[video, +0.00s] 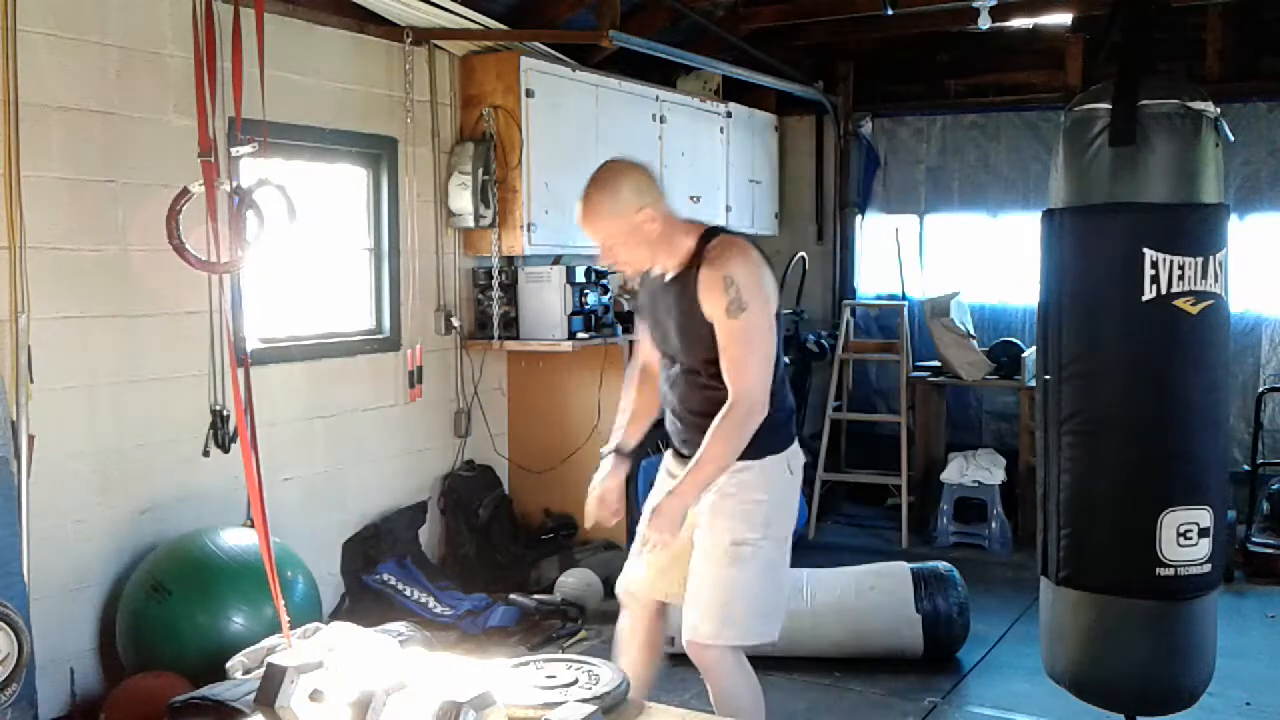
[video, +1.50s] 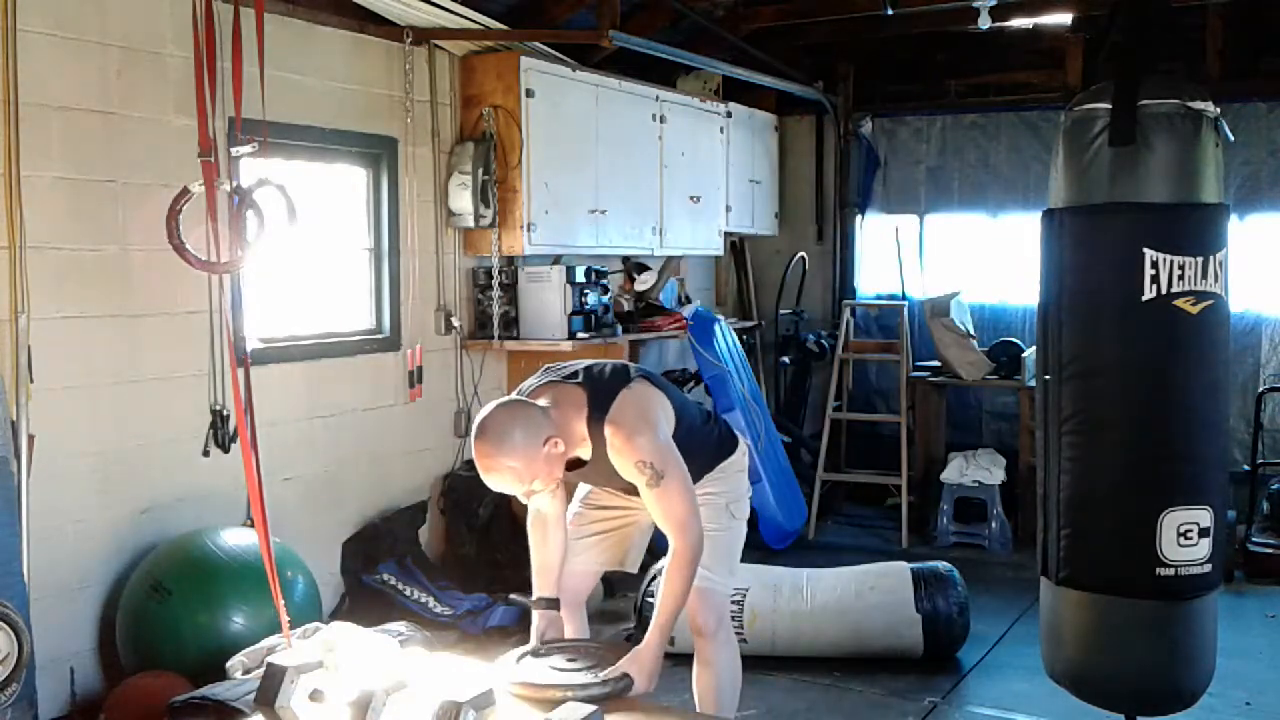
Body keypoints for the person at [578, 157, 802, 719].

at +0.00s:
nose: (604, 259)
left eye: (606, 243)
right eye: (598, 246)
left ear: (646, 218)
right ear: (646, 218)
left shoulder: (732, 267)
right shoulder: (649, 274)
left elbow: (750, 403)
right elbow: (646, 369)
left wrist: (681, 497)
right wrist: (618, 459)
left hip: (751, 468)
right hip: (682, 460)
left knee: (710, 640)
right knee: (638, 597)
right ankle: (623, 717)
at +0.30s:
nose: (530, 390)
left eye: (532, 375)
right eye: (520, 381)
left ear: (570, 342)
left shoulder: (661, 343)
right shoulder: (544, 363)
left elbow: (699, 474)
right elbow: (542, 475)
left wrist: (662, 580)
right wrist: (535, 581)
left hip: (729, 467)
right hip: (641, 468)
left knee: (710, 613)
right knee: (575, 592)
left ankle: (719, 716)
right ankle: (583, 715)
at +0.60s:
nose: (534, 471)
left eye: (532, 459)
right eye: (522, 465)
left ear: (555, 422)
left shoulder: (634, 407)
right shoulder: (521, 413)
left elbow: (669, 533)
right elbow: (537, 518)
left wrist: (640, 644)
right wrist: (537, 620)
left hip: (707, 467)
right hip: (620, 473)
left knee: (710, 612)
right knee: (566, 590)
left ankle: (716, 716)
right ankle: (581, 709)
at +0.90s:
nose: (533, 473)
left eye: (532, 460)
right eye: (521, 467)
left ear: (554, 422)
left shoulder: (632, 414)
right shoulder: (522, 407)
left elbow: (673, 524)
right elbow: (540, 511)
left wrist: (649, 628)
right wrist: (540, 610)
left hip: (704, 469)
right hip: (616, 475)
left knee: (706, 610)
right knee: (566, 592)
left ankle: (715, 716)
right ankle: (581, 709)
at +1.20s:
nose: (528, 497)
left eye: (529, 485)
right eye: (517, 490)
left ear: (553, 445)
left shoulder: (636, 434)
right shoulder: (522, 412)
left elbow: (691, 528)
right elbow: (552, 509)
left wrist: (665, 634)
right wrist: (553, 604)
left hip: (706, 472)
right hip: (619, 475)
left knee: (705, 616)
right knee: (565, 592)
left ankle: (715, 719)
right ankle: (570, 709)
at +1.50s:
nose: (527, 499)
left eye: (530, 486)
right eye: (516, 492)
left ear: (554, 447)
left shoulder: (634, 437)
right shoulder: (518, 413)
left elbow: (688, 543)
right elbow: (544, 511)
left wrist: (653, 646)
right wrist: (544, 608)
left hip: (705, 472)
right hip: (615, 475)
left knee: (705, 617)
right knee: (565, 595)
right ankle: (574, 710)